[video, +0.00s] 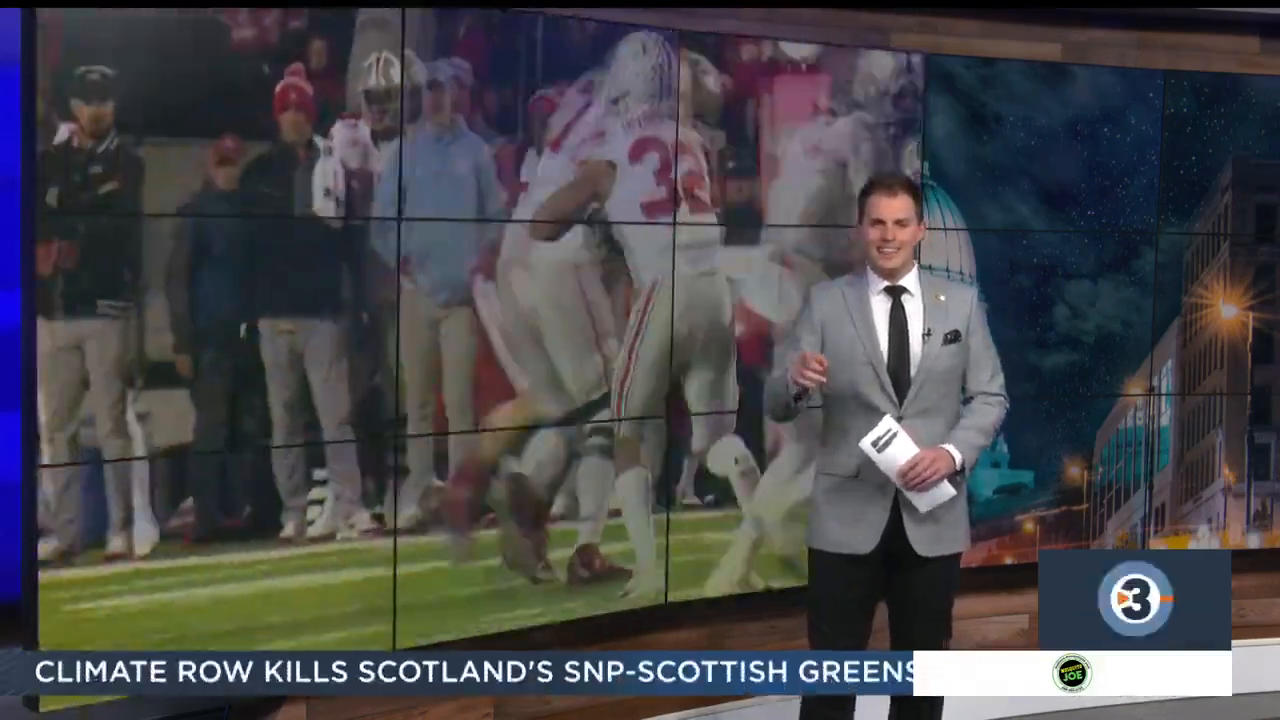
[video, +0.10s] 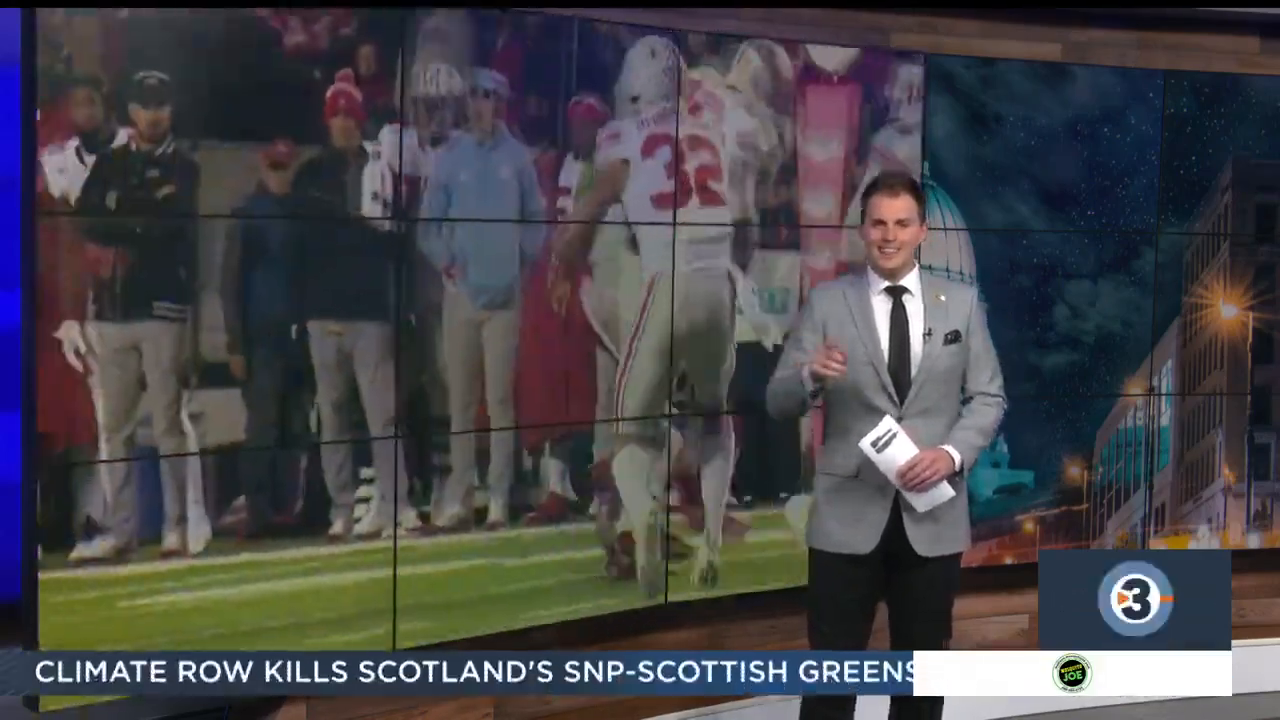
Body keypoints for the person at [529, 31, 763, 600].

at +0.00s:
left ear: (619, 92)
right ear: (670, 86)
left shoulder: (610, 158)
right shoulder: (696, 141)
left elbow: (543, 225)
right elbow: (701, 205)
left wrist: (587, 196)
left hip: (662, 300)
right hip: (714, 295)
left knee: (632, 436)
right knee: (715, 435)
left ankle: (648, 574)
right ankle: (741, 467)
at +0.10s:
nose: (624, 98)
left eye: (625, 89)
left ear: (629, 89)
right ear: (680, 85)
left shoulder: (621, 146)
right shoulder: (717, 139)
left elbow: (576, 233)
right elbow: (743, 238)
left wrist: (568, 269)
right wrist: (728, 267)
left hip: (664, 291)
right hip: (718, 289)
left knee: (635, 427)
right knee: (711, 416)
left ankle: (647, 552)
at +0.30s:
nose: (605, 147)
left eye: (607, 139)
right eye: (608, 139)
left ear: (615, 138)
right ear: (665, 136)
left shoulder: (613, 187)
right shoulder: (694, 189)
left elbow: (575, 301)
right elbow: (694, 267)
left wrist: (561, 262)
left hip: (649, 346)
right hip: (702, 341)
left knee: (568, 458)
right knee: (702, 430)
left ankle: (543, 584)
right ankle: (727, 546)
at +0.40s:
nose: (613, 159)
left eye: (614, 149)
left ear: (616, 151)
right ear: (668, 150)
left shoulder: (615, 204)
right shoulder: (698, 209)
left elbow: (572, 302)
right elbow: (700, 295)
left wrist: (524, 313)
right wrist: (623, 300)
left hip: (642, 365)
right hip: (695, 364)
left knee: (559, 454)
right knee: (691, 463)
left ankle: (584, 544)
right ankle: (732, 544)